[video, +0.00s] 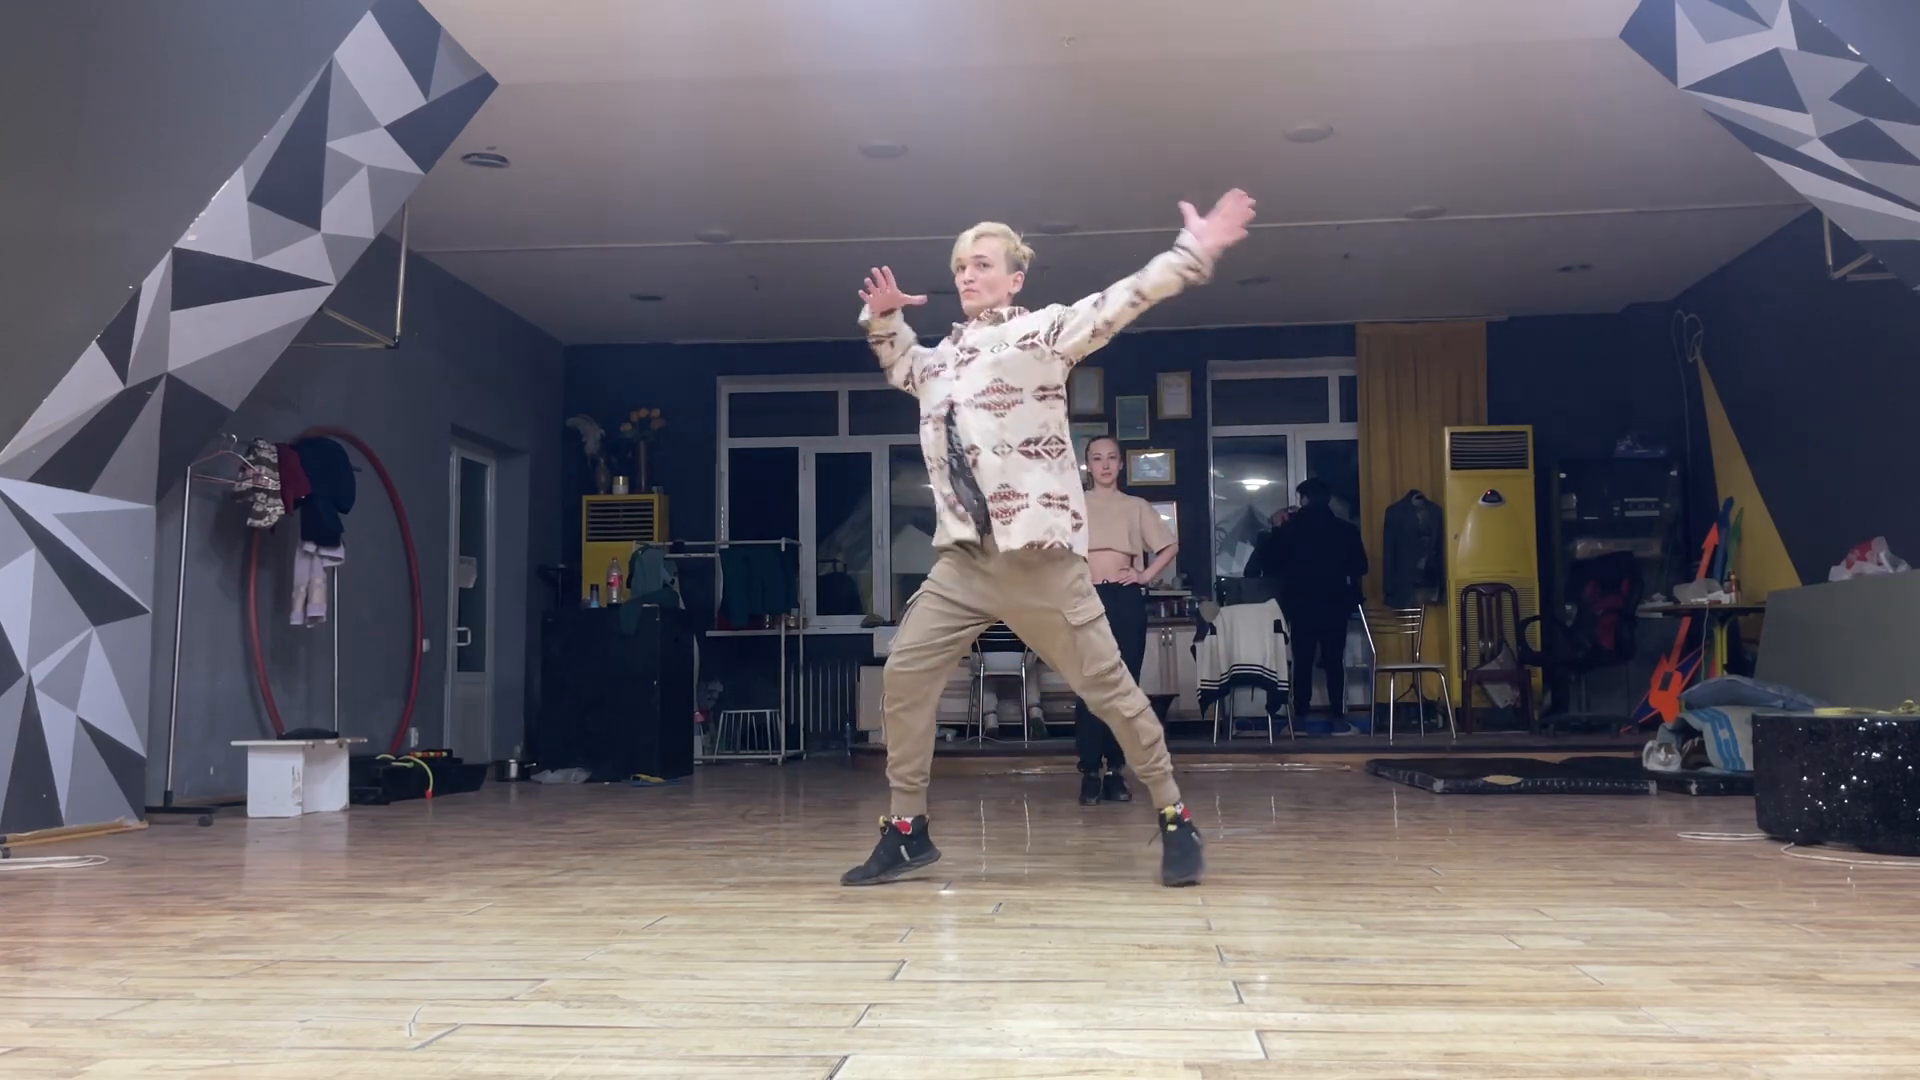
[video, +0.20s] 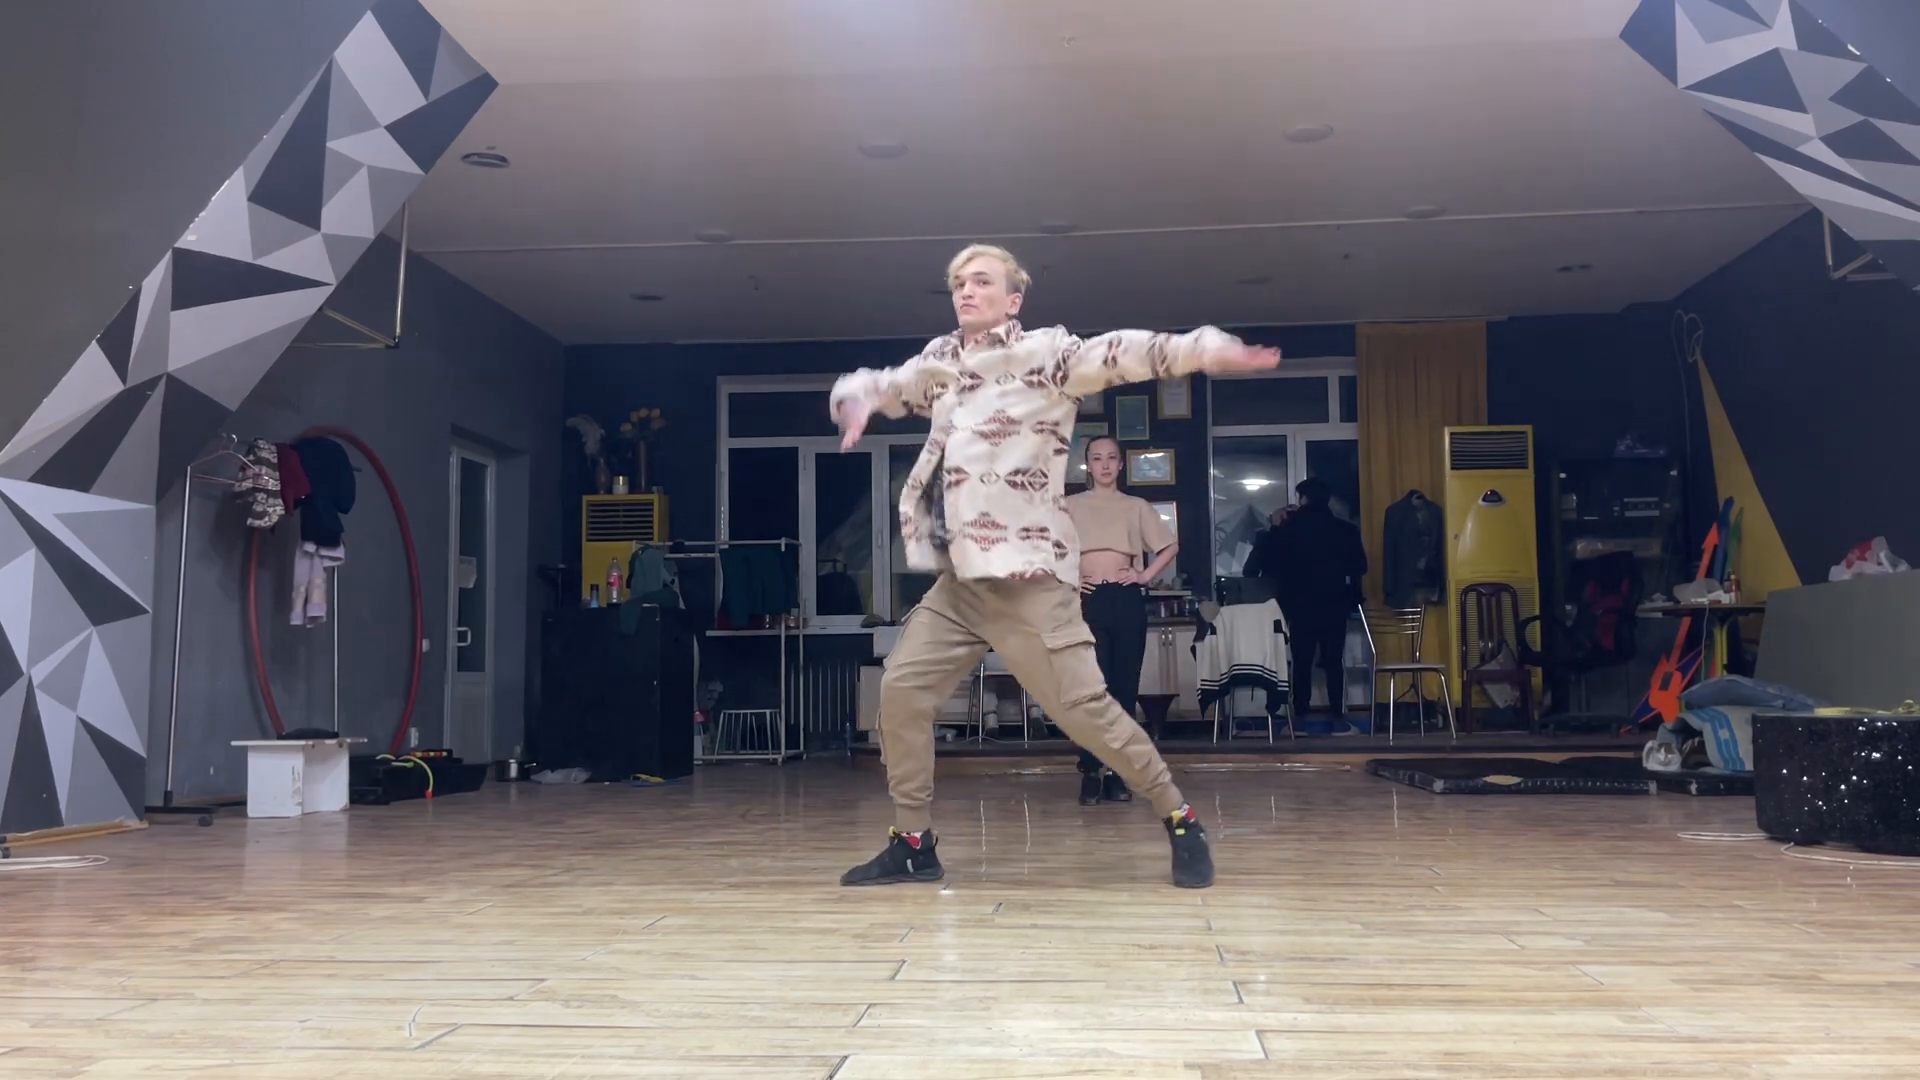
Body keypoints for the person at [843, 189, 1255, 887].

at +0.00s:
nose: (967, 276)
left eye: (982, 265)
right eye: (961, 267)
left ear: (1015, 279)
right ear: (957, 280)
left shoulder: (1041, 331)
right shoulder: (943, 353)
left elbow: (1116, 303)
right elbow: (907, 369)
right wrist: (885, 320)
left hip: (1042, 554)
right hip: (964, 556)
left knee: (1105, 684)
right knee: (905, 672)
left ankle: (1173, 819)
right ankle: (906, 828)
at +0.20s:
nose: (966, 292)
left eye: (980, 282)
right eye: (959, 284)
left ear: (1014, 298)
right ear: (952, 299)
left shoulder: (1046, 354)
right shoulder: (942, 363)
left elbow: (1121, 354)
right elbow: (893, 386)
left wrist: (1202, 351)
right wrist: (855, 392)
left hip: (1031, 581)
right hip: (959, 581)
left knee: (1083, 712)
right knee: (902, 692)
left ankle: (1182, 820)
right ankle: (912, 841)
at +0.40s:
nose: (1006, 312)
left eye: (1018, 300)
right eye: (996, 305)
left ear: (1047, 313)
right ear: (987, 319)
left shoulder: (1079, 368)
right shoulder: (977, 379)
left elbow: (1028, 413)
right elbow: (958, 442)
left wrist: (938, 388)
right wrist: (997, 373)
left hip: (1065, 578)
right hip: (989, 574)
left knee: (1098, 714)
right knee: (916, 687)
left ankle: (1162, 834)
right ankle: (914, 841)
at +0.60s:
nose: (1003, 294)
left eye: (1015, 282)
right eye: (991, 286)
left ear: (1039, 286)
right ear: (977, 295)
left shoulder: (1053, 335)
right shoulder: (985, 337)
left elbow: (1067, 233)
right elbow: (972, 268)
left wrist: (1075, 133)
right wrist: (939, 215)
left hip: (1064, 550)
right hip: (1007, 562)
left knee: (1147, 682)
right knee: (921, 666)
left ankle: (1258, 815)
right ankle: (924, 826)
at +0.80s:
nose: (968, 342)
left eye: (982, 329)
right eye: (961, 333)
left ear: (1015, 336)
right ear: (955, 345)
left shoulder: (1033, 370)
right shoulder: (981, 408)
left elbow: (1098, 359)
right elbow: (991, 482)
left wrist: (1189, 353)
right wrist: (974, 550)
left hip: (1060, 585)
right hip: (1001, 595)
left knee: (1142, 717)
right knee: (909, 681)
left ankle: (1277, 827)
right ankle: (930, 833)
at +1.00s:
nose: (1003, 301)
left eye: (1015, 294)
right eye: (990, 294)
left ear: (1035, 317)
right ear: (970, 316)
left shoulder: (1078, 388)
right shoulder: (938, 403)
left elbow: (1104, 490)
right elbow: (902, 500)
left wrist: (1113, 567)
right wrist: (927, 546)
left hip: (1072, 591)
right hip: (979, 596)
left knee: (1116, 701)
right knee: (929, 712)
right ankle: (941, 844)